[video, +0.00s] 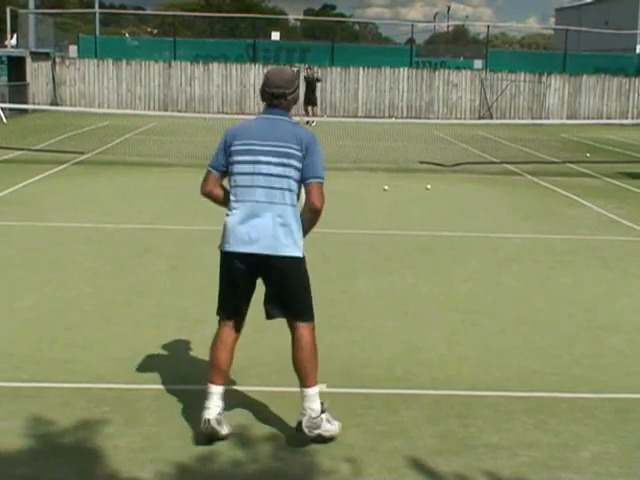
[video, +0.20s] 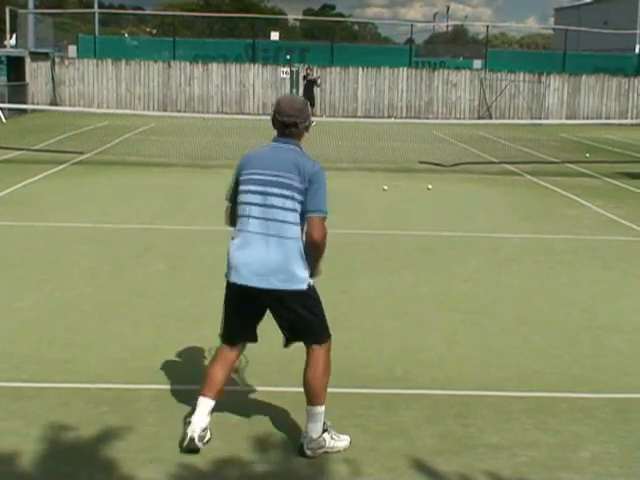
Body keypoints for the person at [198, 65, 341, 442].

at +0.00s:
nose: (290, 99)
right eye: (292, 95)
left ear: (261, 97)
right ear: (292, 99)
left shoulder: (236, 134)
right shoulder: (305, 138)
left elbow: (209, 187)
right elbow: (315, 203)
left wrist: (241, 205)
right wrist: (298, 232)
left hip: (237, 245)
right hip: (283, 247)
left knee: (229, 323)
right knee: (302, 324)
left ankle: (211, 412)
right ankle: (312, 414)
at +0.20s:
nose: (304, 128)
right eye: (306, 123)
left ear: (274, 124)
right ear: (306, 126)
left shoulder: (248, 160)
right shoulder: (310, 169)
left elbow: (234, 217)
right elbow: (316, 235)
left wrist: (259, 242)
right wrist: (312, 268)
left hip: (242, 272)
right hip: (287, 275)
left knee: (231, 343)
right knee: (318, 342)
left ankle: (196, 425)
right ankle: (315, 433)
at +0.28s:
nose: (311, 130)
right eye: (311, 126)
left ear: (278, 126)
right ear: (309, 130)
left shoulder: (253, 160)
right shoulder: (308, 171)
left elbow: (255, 214)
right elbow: (309, 236)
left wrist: (305, 225)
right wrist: (321, 263)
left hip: (238, 267)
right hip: (279, 273)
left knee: (240, 337)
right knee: (316, 342)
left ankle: (202, 408)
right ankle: (315, 434)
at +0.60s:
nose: (305, 127)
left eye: (304, 122)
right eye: (305, 122)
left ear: (270, 121)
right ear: (298, 126)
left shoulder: (253, 149)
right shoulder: (277, 161)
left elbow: (298, 183)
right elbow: (272, 220)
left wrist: (345, 184)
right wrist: (325, 236)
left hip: (211, 257)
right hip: (240, 264)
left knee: (229, 330)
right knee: (279, 338)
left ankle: (199, 414)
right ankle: (275, 428)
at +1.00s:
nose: (304, 139)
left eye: (302, 132)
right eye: (303, 133)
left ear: (270, 132)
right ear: (299, 138)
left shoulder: (257, 158)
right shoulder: (268, 167)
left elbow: (287, 183)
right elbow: (253, 212)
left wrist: (315, 194)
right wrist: (299, 219)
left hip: (202, 258)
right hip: (225, 269)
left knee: (220, 327)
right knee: (265, 342)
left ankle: (191, 397)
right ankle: (243, 432)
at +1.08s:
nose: (299, 137)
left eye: (298, 132)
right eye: (298, 133)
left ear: (267, 130)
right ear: (293, 136)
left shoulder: (254, 157)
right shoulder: (262, 164)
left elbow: (257, 215)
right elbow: (262, 217)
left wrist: (297, 228)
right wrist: (305, 228)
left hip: (201, 257)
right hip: (223, 266)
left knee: (224, 321)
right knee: (260, 341)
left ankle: (190, 395)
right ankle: (242, 431)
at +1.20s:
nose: (286, 126)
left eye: (285, 120)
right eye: (286, 121)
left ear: (253, 118)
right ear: (280, 123)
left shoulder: (228, 145)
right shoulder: (258, 158)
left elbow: (194, 172)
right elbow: (290, 215)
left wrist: (184, 201)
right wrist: (341, 231)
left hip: (197, 252)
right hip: (226, 261)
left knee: (219, 315)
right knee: (253, 335)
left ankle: (190, 392)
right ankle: (243, 428)